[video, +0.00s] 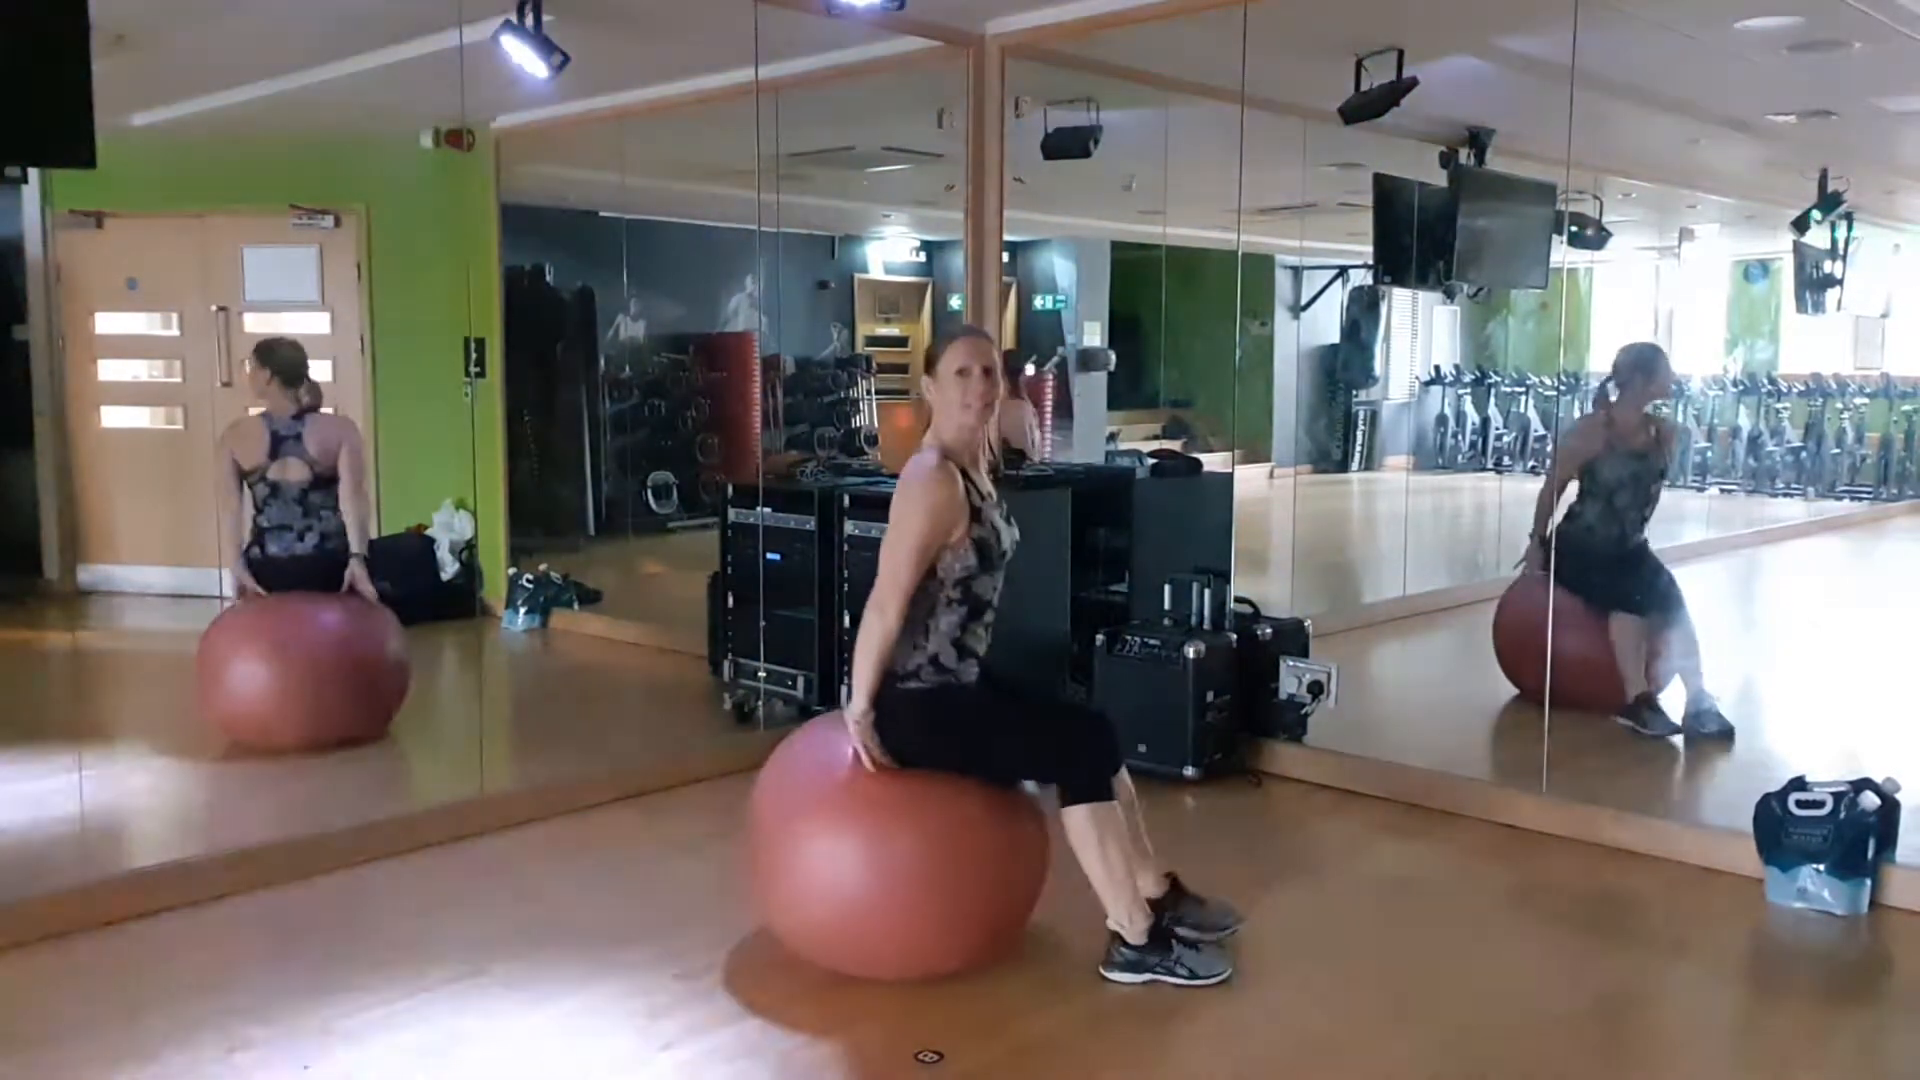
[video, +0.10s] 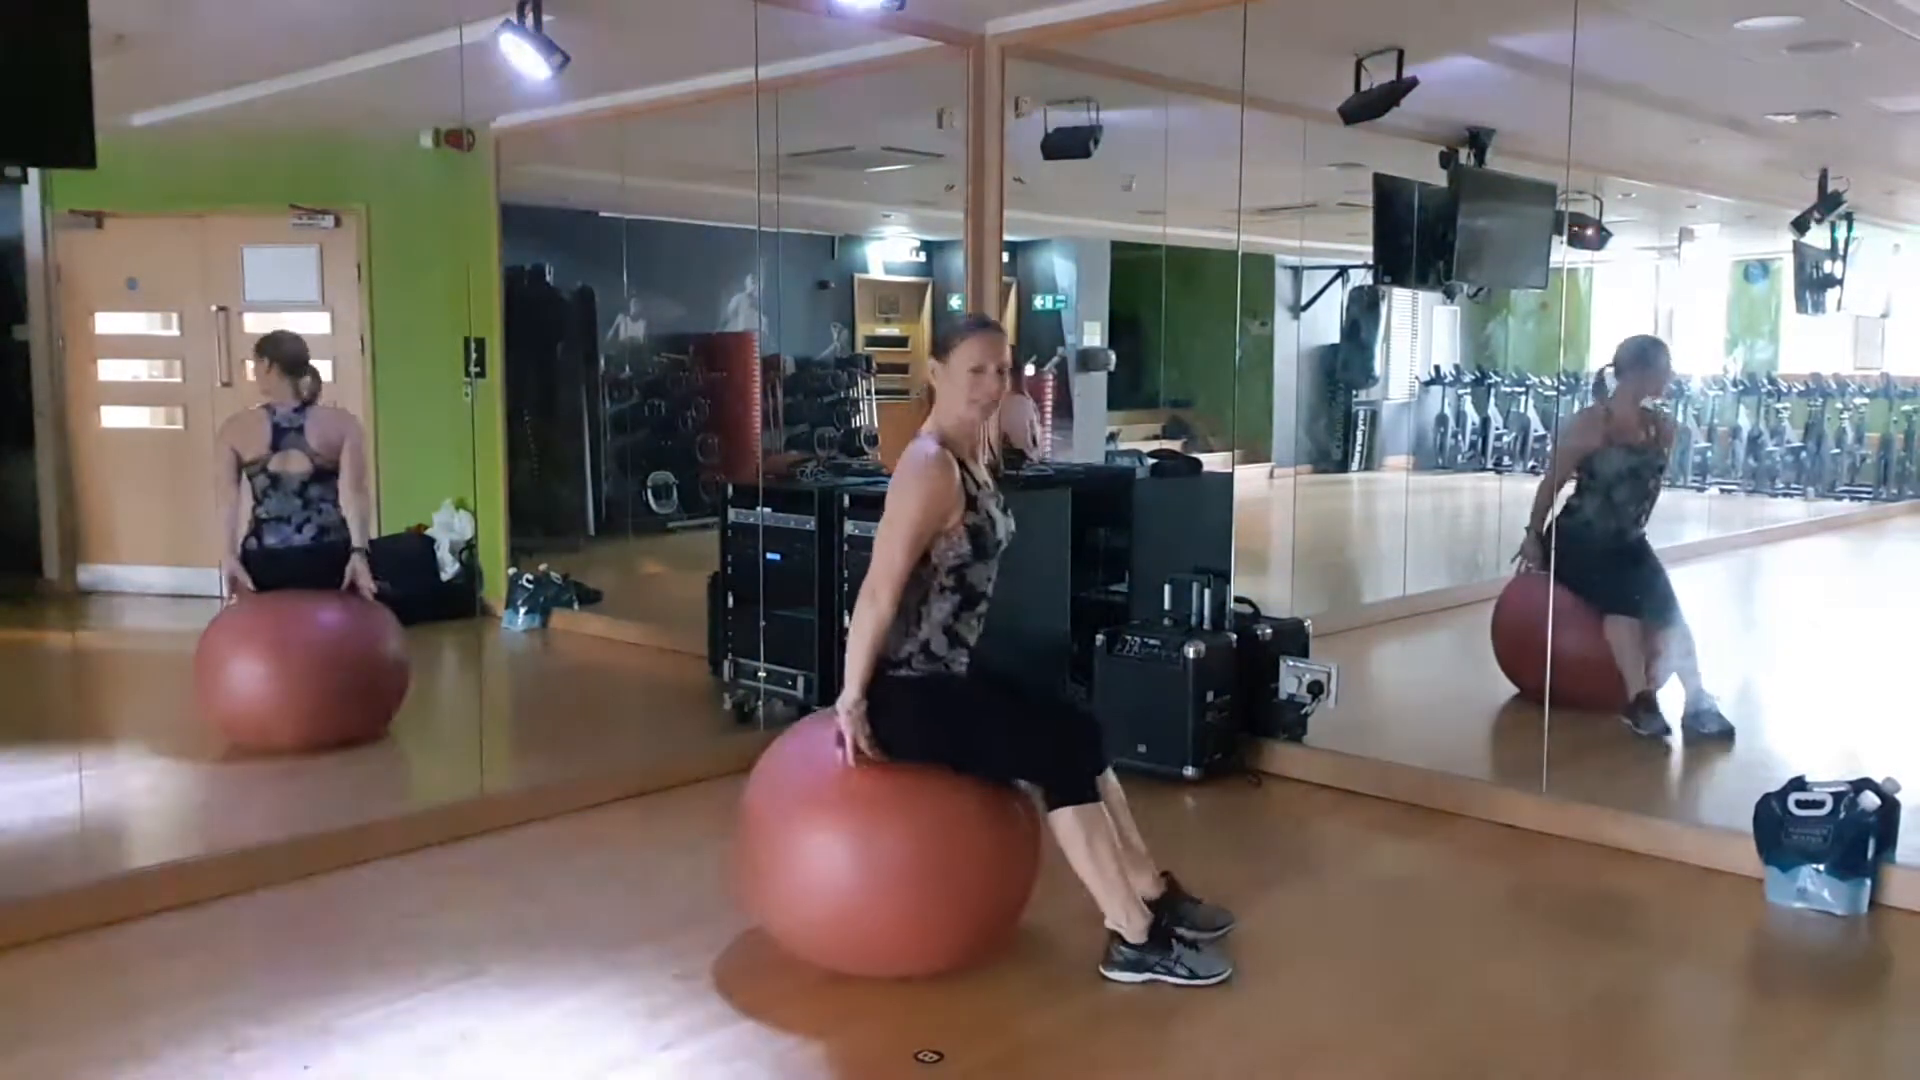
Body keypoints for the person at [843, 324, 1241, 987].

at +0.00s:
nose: (981, 387)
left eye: (990, 374)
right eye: (962, 373)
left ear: (1000, 389)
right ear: (930, 388)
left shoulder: (975, 463)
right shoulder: (932, 480)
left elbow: (1021, 423)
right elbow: (888, 599)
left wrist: (994, 401)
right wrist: (859, 707)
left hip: (958, 687)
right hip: (915, 705)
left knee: (1094, 732)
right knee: (1077, 747)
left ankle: (1157, 893)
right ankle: (1132, 936)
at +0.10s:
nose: (993, 386)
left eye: (1001, 373)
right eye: (978, 371)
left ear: (1005, 380)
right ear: (937, 375)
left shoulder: (971, 454)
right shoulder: (927, 466)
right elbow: (880, 589)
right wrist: (852, 698)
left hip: (946, 679)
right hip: (903, 694)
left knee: (1078, 731)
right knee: (1058, 749)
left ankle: (1153, 894)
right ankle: (1130, 934)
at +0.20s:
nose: (1006, 402)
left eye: (1012, 388)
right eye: (999, 385)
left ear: (983, 384)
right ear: (952, 374)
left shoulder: (967, 462)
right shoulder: (925, 466)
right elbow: (880, 590)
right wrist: (852, 701)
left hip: (938, 683)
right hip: (898, 695)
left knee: (1070, 735)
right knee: (1056, 750)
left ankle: (1146, 899)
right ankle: (1127, 930)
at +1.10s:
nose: (1026, 437)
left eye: (1030, 422)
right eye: (1023, 419)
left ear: (980, 404)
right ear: (981, 404)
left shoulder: (952, 481)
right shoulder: (930, 492)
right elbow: (868, 604)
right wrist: (818, 707)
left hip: (912, 697)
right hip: (886, 712)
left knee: (1051, 740)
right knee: (1047, 757)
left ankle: (1117, 912)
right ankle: (1122, 929)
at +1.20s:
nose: (1016, 430)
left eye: (1020, 416)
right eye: (1011, 413)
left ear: (965, 403)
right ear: (968, 401)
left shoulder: (949, 477)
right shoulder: (923, 490)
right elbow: (867, 603)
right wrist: (830, 715)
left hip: (927, 700)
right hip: (895, 717)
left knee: (1077, 730)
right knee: (1069, 741)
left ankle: (1138, 908)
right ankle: (1121, 933)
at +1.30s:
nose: (1007, 428)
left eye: (1011, 412)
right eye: (1001, 410)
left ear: (958, 398)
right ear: (956, 396)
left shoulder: (940, 476)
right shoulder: (916, 486)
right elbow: (869, 609)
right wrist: (846, 720)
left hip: (944, 700)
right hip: (914, 715)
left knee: (1096, 735)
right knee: (1088, 745)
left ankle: (1177, 897)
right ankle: (1125, 935)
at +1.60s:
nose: (998, 425)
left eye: (1001, 410)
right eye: (991, 408)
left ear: (951, 403)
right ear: (946, 400)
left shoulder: (943, 483)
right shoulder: (923, 489)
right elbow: (893, 615)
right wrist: (899, 733)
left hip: (987, 704)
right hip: (960, 716)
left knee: (1146, 763)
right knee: (1144, 749)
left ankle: (1273, 891)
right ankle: (1133, 931)